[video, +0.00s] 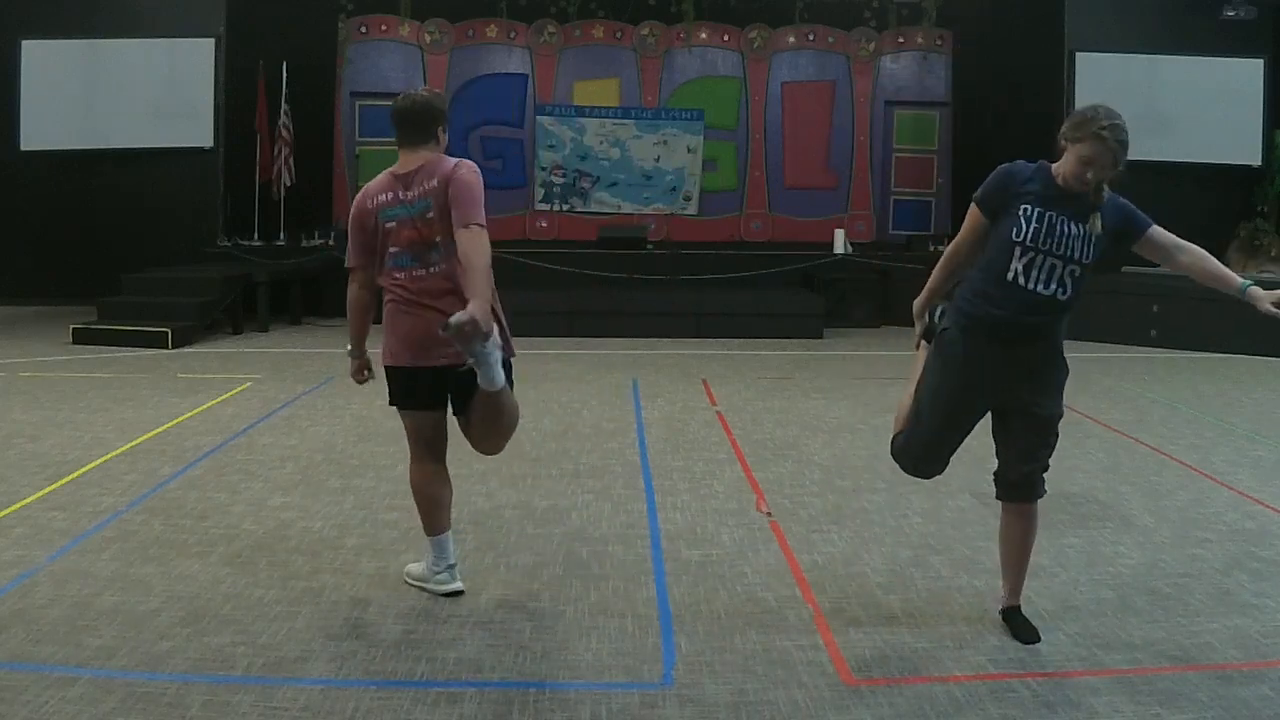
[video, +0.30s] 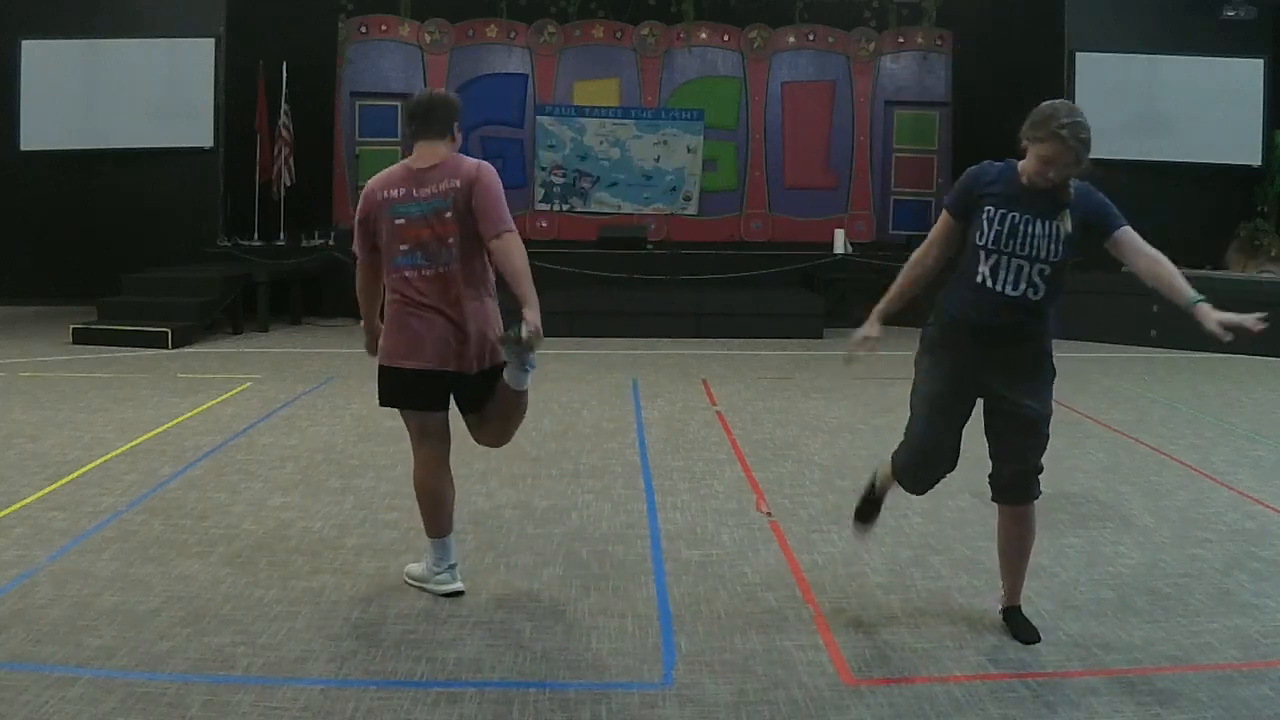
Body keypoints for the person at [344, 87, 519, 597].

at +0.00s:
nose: (448, 136)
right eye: (447, 131)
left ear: (395, 134)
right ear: (440, 133)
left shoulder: (369, 197)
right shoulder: (460, 174)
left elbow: (360, 280)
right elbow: (471, 238)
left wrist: (357, 347)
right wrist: (480, 305)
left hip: (407, 349)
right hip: (467, 339)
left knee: (426, 455)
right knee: (490, 439)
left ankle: (442, 565)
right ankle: (489, 353)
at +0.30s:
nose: (462, 138)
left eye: (457, 134)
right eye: (461, 133)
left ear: (407, 135)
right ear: (454, 133)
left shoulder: (376, 190)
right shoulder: (476, 175)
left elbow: (368, 268)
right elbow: (501, 238)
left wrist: (370, 324)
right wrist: (529, 302)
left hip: (407, 340)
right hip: (473, 336)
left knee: (429, 449)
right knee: (493, 434)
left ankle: (442, 565)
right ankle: (521, 361)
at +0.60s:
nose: (486, 134)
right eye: (487, 126)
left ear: (437, 126)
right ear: (487, 128)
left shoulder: (405, 181)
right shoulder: (509, 187)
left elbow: (374, 249)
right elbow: (536, 266)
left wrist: (378, 294)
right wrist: (554, 320)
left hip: (428, 340)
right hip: (495, 339)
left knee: (441, 445)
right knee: (509, 423)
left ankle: (444, 564)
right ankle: (528, 538)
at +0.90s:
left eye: (467, 129)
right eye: (503, 125)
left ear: (461, 132)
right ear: (510, 128)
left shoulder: (447, 202)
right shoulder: (552, 172)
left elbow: (414, 274)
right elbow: (584, 234)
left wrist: (382, 335)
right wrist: (552, 283)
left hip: (461, 330)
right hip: (532, 334)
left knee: (424, 390)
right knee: (525, 440)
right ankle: (520, 559)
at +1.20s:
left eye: (462, 143)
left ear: (462, 144)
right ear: (507, 127)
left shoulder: (459, 207)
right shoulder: (566, 167)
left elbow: (435, 279)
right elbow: (611, 234)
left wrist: (409, 342)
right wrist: (620, 293)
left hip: (479, 321)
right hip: (546, 328)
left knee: (445, 356)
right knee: (532, 440)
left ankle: (420, 374)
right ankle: (520, 557)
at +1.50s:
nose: (486, 137)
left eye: (485, 130)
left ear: (487, 133)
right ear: (534, 125)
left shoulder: (475, 195)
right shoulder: (578, 178)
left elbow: (459, 270)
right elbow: (617, 248)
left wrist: (437, 341)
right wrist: (642, 307)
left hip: (486, 336)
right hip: (546, 339)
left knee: (469, 425)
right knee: (531, 441)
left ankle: (445, 359)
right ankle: (521, 557)